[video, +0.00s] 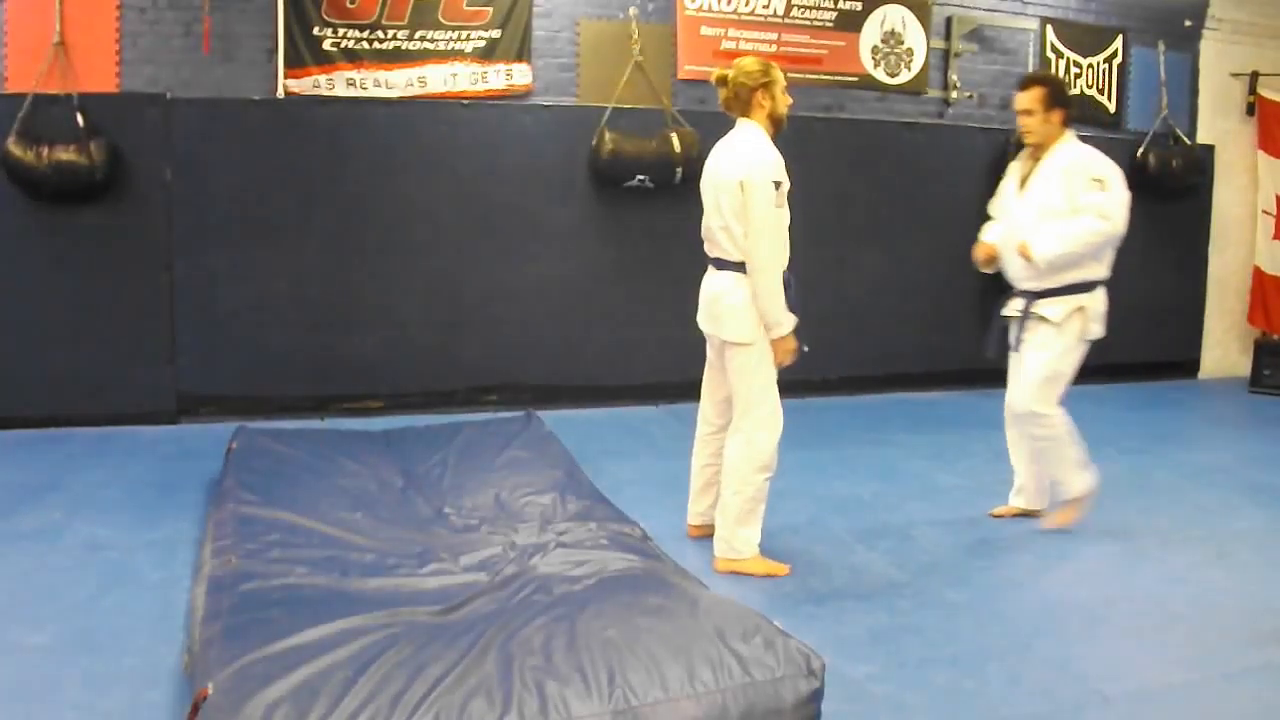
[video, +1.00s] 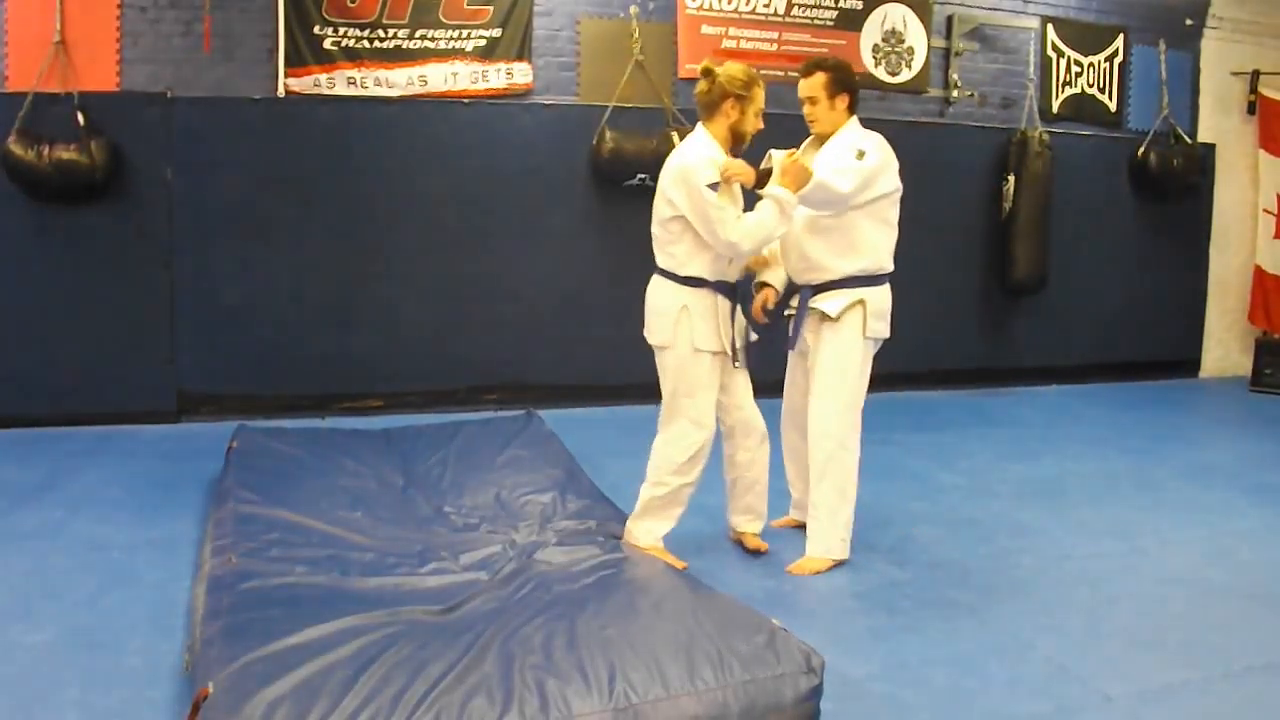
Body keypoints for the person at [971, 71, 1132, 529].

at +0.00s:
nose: (1021, 123)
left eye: (1029, 114)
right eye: (1018, 114)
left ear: (1058, 116)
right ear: (1017, 117)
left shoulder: (1092, 166)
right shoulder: (1020, 168)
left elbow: (1106, 224)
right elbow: (1001, 219)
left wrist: (1040, 248)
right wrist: (990, 246)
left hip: (1070, 301)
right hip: (1025, 300)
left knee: (1033, 399)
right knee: (1017, 401)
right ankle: (1030, 495)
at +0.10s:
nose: (992, 125)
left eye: (1001, 116)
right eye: (990, 116)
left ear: (1031, 119)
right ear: (993, 120)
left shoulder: (1065, 170)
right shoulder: (993, 170)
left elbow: (1068, 229)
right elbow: (972, 220)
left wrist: (1001, 245)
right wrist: (956, 244)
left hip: (1045, 307)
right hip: (1005, 304)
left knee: (995, 401)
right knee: (1026, 402)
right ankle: (1031, 496)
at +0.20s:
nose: (965, 128)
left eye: (974, 119)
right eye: (963, 119)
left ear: (1004, 123)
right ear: (966, 122)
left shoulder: (1033, 176)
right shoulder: (969, 172)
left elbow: (1019, 230)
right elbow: (942, 219)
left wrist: (943, 237)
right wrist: (921, 240)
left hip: (1018, 313)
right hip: (979, 311)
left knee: (970, 410)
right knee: (1010, 407)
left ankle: (929, 520)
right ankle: (1029, 496)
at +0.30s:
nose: (938, 127)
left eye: (947, 119)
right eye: (936, 118)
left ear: (976, 121)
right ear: (940, 120)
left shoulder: (997, 174)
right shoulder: (942, 171)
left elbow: (966, 217)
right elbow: (915, 224)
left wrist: (894, 197)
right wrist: (876, 245)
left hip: (987, 314)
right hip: (955, 312)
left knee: (938, 417)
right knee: (979, 407)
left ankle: (911, 532)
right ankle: (1023, 487)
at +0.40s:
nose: (911, 122)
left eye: (918, 113)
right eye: (908, 114)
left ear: (948, 114)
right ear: (914, 115)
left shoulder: (970, 163)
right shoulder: (917, 164)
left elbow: (920, 201)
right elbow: (885, 219)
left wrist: (852, 180)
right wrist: (833, 243)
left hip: (961, 310)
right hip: (927, 308)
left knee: (919, 416)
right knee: (910, 406)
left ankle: (910, 532)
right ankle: (981, 469)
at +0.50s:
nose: (881, 114)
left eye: (890, 105)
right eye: (880, 105)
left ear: (921, 108)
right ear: (887, 108)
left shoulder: (941, 158)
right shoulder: (889, 158)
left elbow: (881, 211)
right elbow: (858, 219)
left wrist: (820, 219)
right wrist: (819, 268)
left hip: (937, 304)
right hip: (899, 302)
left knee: (904, 414)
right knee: (868, 403)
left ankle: (911, 530)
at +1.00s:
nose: (805, 112)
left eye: (812, 103)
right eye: (802, 104)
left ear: (843, 101)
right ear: (810, 104)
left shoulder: (871, 149)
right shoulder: (806, 153)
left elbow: (830, 189)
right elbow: (780, 219)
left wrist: (761, 172)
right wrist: (770, 281)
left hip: (853, 303)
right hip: (813, 302)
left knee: (833, 421)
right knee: (798, 411)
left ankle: (832, 545)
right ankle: (806, 509)